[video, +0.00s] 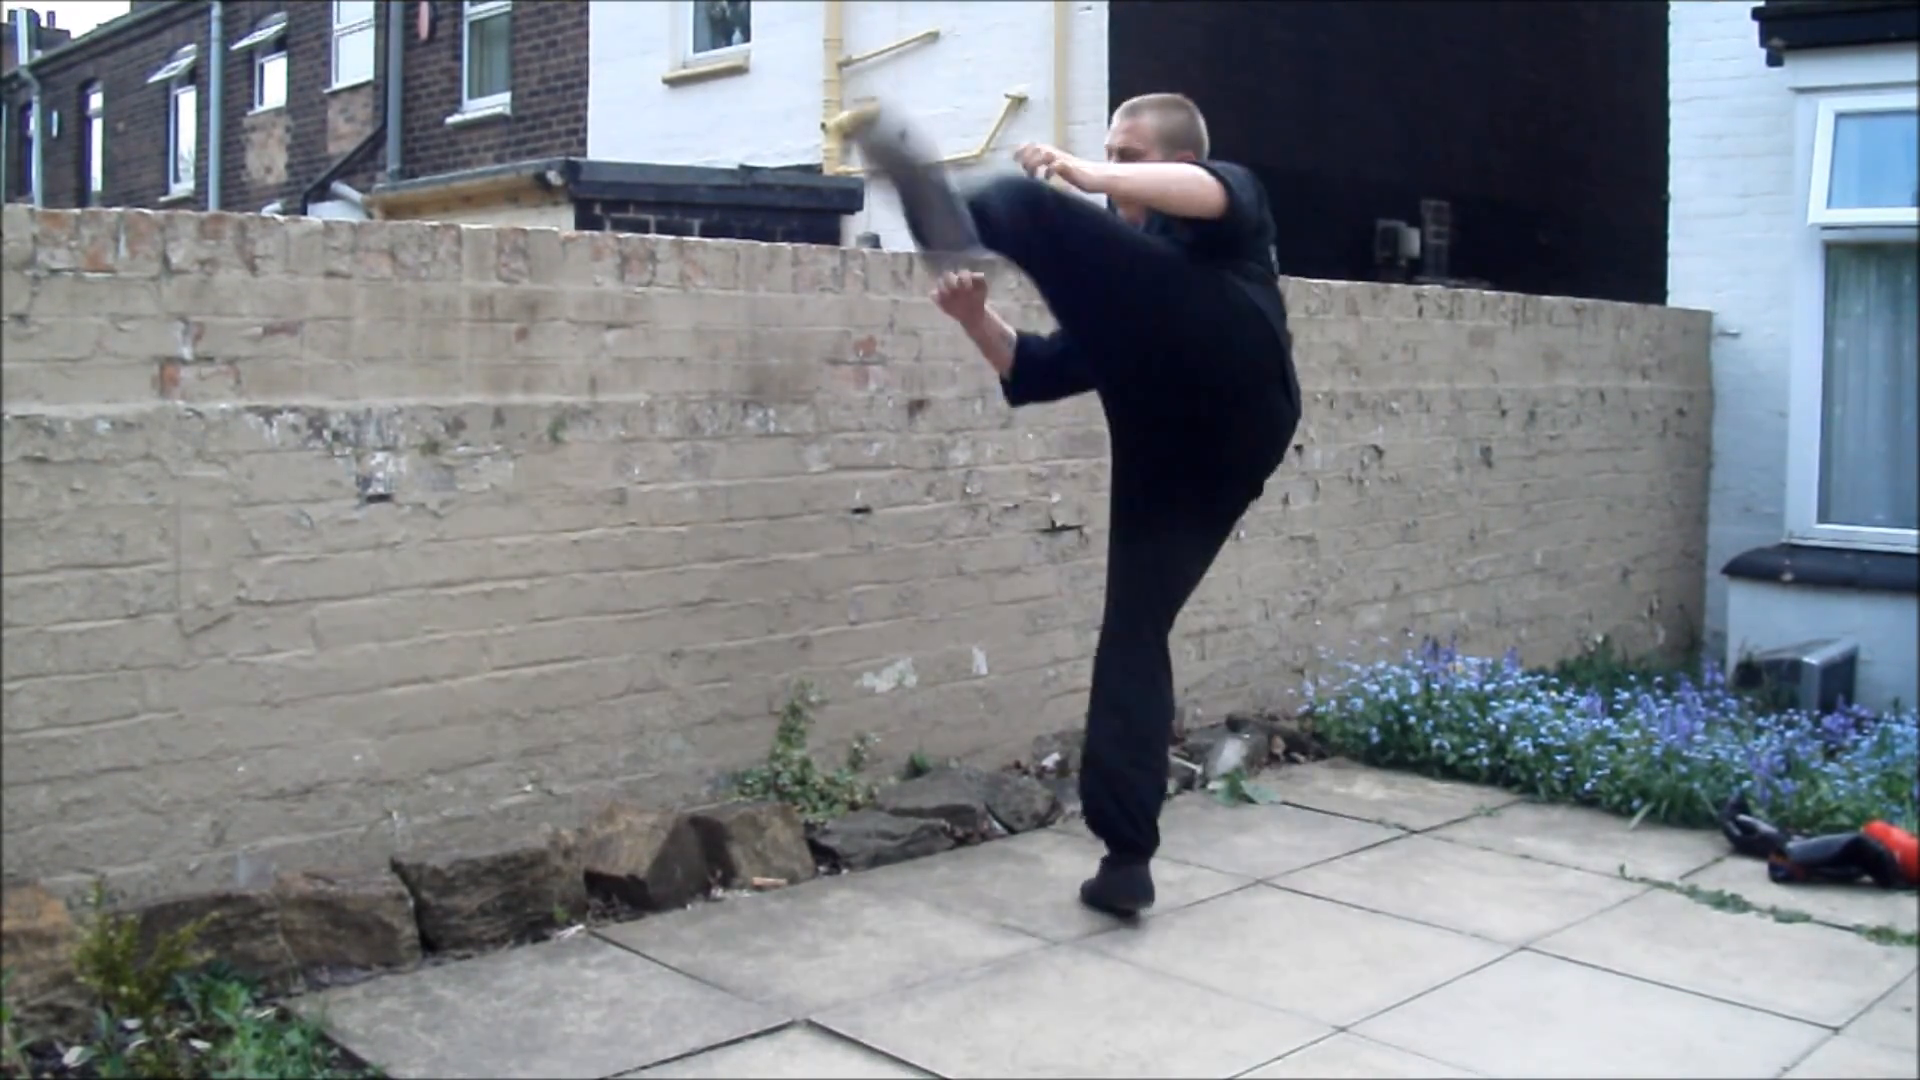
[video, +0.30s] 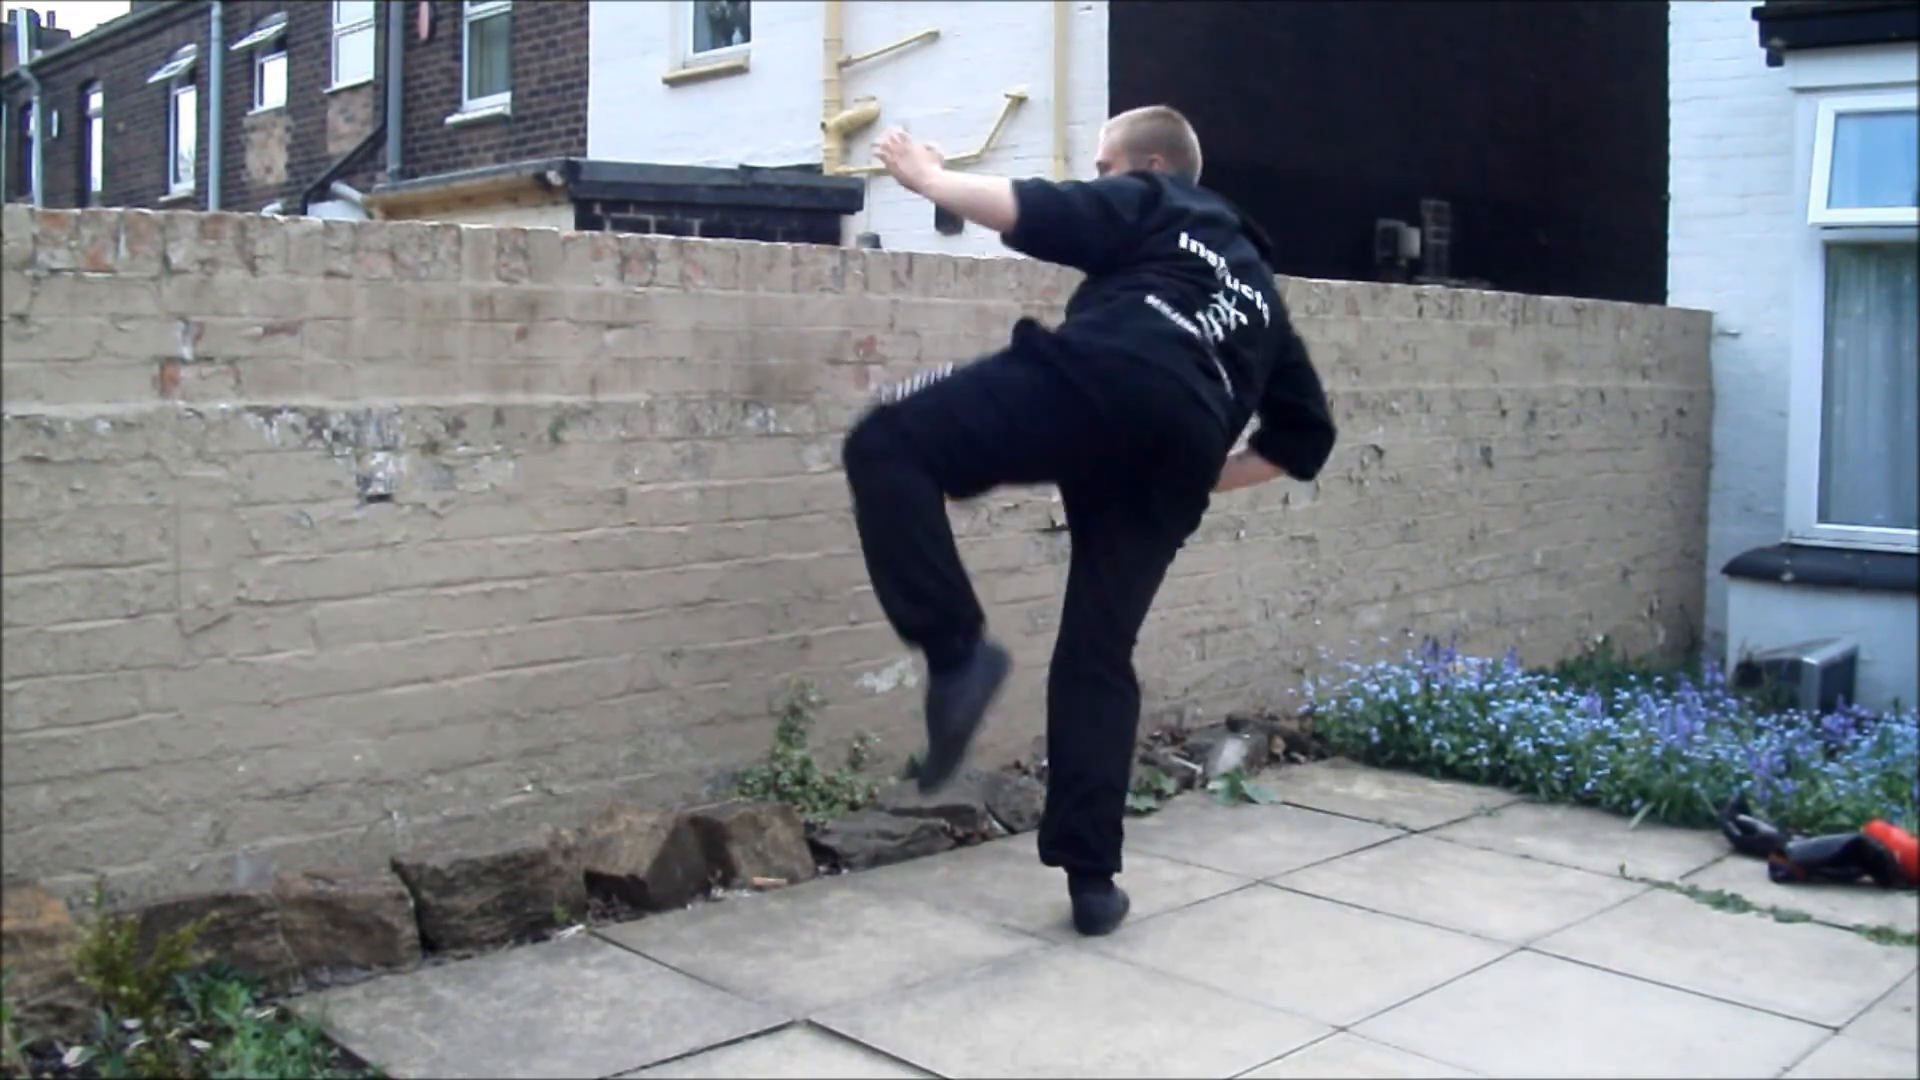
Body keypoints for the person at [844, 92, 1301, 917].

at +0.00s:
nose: (1110, 169)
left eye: (1128, 156)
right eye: (1109, 155)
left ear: (1182, 165)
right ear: (1117, 164)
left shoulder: (1234, 201)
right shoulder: (1121, 282)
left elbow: (1213, 197)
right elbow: (1040, 370)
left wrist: (1092, 175)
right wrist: (975, 318)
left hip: (1237, 375)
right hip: (1179, 463)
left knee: (1043, 216)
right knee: (1134, 634)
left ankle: (963, 213)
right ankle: (1127, 859)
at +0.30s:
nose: (1099, 182)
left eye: (1107, 169)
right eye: (1102, 168)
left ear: (1143, 168)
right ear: (1190, 173)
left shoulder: (1146, 199)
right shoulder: (1259, 287)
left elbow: (1033, 212)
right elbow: (1304, 437)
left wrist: (931, 178)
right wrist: (1199, 480)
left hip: (1094, 383)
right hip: (1175, 464)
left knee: (887, 448)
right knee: (1098, 656)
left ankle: (956, 652)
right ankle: (1093, 879)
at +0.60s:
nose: (1183, 87)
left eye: (1171, 74)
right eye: (1180, 76)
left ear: (1092, 88)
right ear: (1172, 80)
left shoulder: (1035, 160)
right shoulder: (1201, 165)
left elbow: (1025, 271)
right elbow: (1221, 328)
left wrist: (1098, 315)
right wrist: (1155, 349)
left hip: (1013, 414)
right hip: (1128, 421)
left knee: (998, 642)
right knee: (1117, 659)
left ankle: (981, 855)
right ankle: (1100, 883)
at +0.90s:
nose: (1139, 48)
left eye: (1139, 33)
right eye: (1122, 31)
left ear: (1088, 43)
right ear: (1061, 40)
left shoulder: (1113, 140)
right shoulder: (1006, 135)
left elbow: (1217, 227)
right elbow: (1050, 252)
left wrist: (1170, 118)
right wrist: (1127, 150)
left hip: (1114, 415)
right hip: (1055, 412)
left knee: (1067, 629)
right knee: (1097, 632)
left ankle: (992, 811)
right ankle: (1023, 833)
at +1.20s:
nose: (1091, 67)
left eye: (1102, 48)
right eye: (1068, 54)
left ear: (1122, 58)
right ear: (1035, 71)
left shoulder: (1181, 157)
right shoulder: (997, 179)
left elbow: (1221, 308)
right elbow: (976, 335)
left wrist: (1155, 221)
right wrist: (1035, 272)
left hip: (1170, 457)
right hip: (1057, 462)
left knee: (1199, 630)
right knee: (1030, 668)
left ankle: (1114, 793)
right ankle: (996, 857)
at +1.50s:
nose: (1186, 152)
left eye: (1204, 136)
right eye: (1171, 135)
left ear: (1233, 140)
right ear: (1144, 135)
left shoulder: (1275, 220)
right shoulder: (1098, 228)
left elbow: (1274, 341)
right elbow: (1061, 385)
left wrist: (1224, 228)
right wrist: (1089, 325)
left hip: (1252, 496)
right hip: (1134, 497)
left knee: (1294, 665)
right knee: (1096, 673)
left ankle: (1287, 819)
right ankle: (1016, 860)